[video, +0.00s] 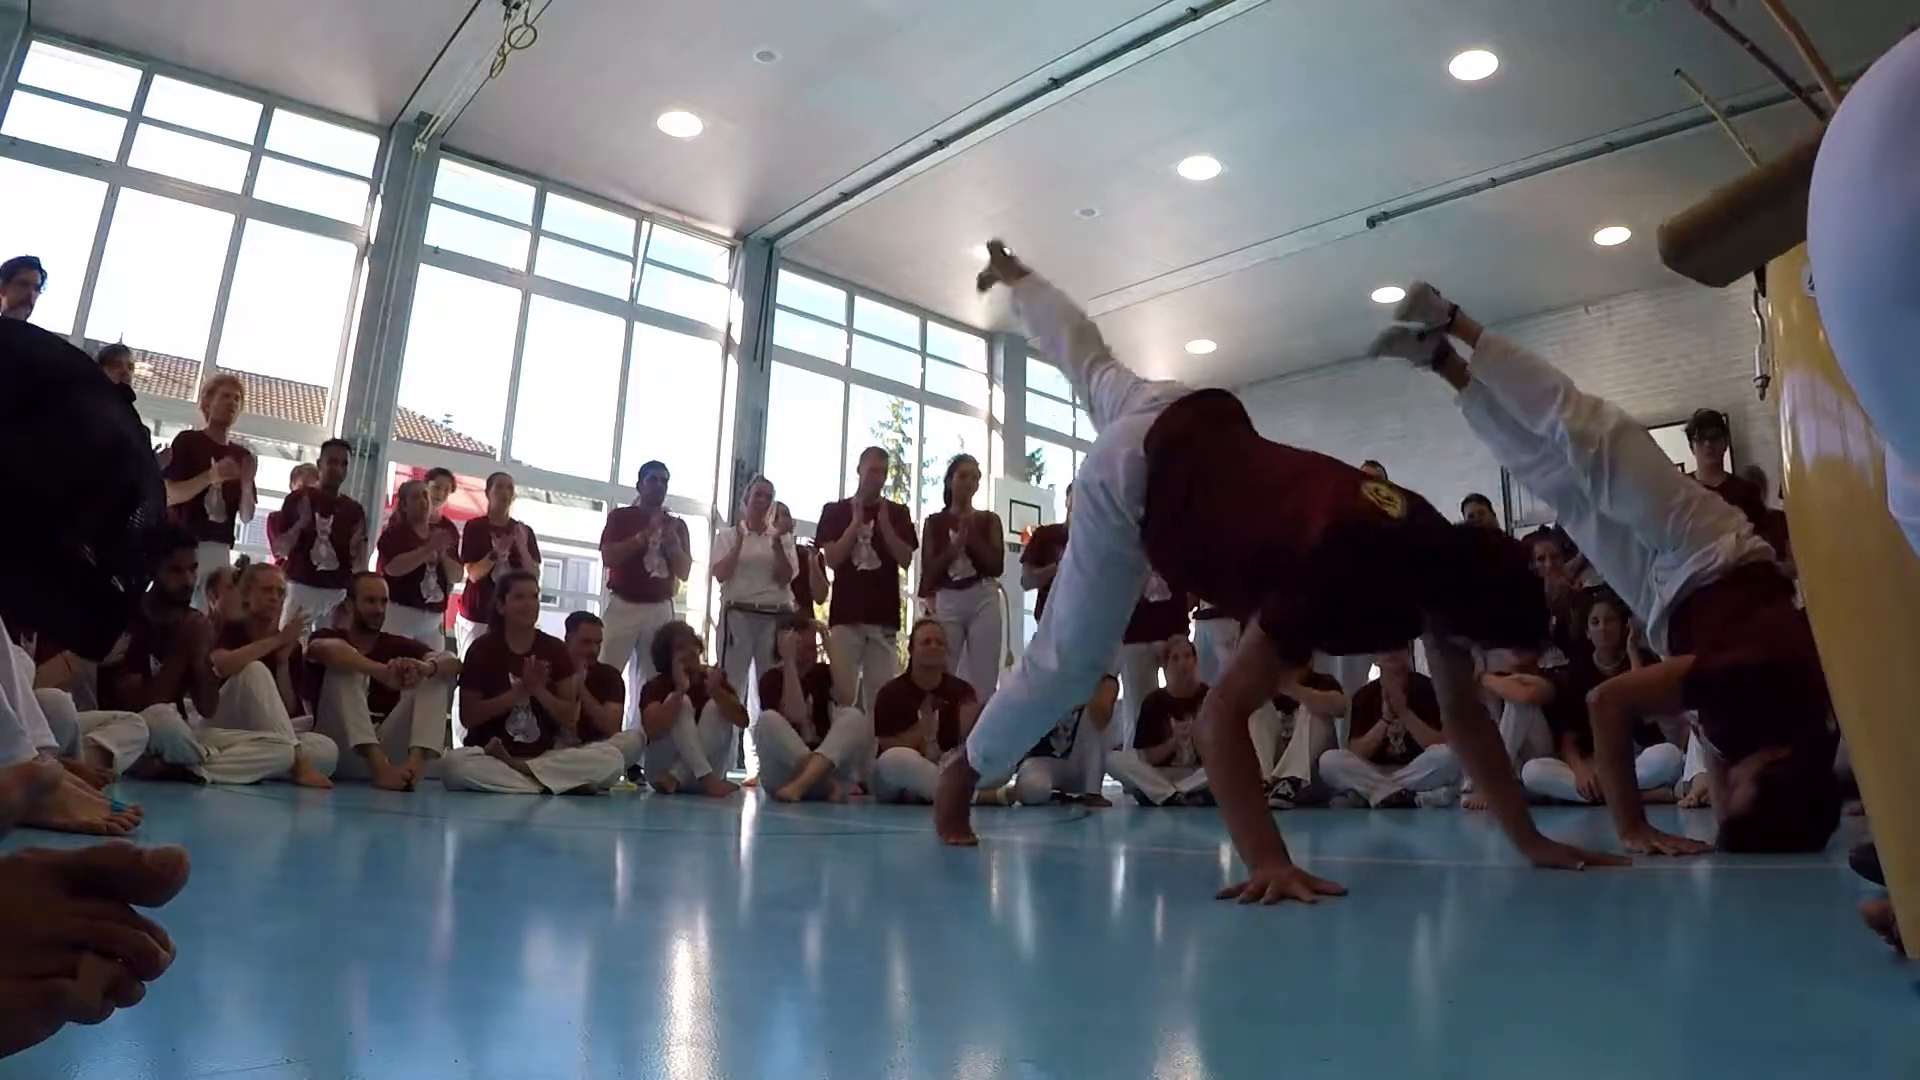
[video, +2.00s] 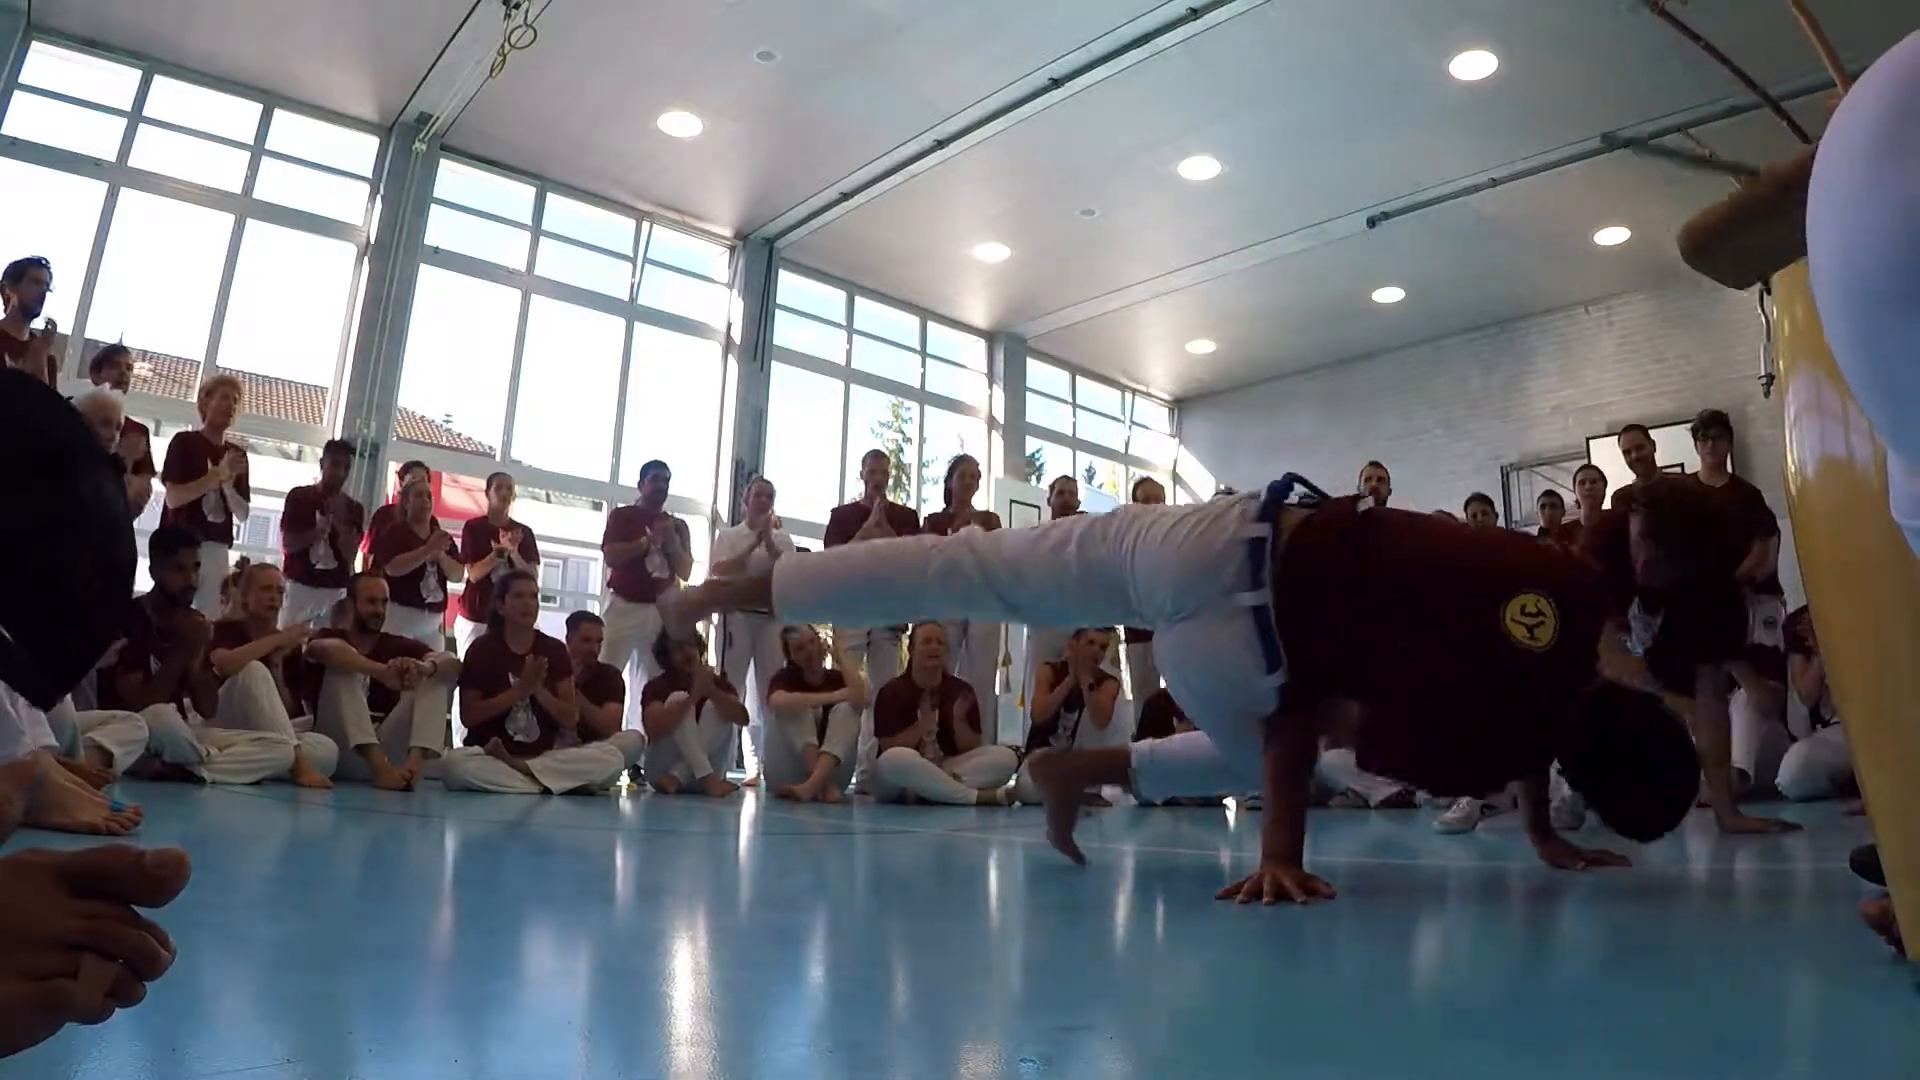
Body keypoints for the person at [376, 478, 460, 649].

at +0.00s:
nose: (424, 502)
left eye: (426, 496)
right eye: (417, 497)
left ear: (431, 500)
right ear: (403, 504)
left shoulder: (440, 534)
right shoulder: (392, 535)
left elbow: (457, 577)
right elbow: (392, 569)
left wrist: (443, 554)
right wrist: (430, 548)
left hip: (434, 615)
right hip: (400, 612)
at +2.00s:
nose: (425, 501)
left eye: (429, 497)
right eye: (419, 496)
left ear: (433, 502)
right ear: (406, 502)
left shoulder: (440, 536)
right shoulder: (394, 532)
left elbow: (458, 575)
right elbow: (392, 569)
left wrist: (441, 556)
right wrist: (428, 549)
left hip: (434, 614)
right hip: (400, 610)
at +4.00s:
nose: (428, 501)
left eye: (430, 497)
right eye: (421, 496)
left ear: (434, 502)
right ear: (406, 502)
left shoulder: (441, 537)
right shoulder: (395, 532)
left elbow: (457, 577)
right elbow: (389, 567)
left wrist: (445, 553)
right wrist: (425, 549)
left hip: (434, 614)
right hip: (402, 611)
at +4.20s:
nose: (426, 501)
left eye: (429, 497)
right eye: (420, 496)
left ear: (433, 503)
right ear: (406, 503)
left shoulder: (441, 537)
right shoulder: (394, 532)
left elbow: (456, 575)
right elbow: (390, 569)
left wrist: (435, 554)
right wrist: (426, 548)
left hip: (433, 614)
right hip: (400, 611)